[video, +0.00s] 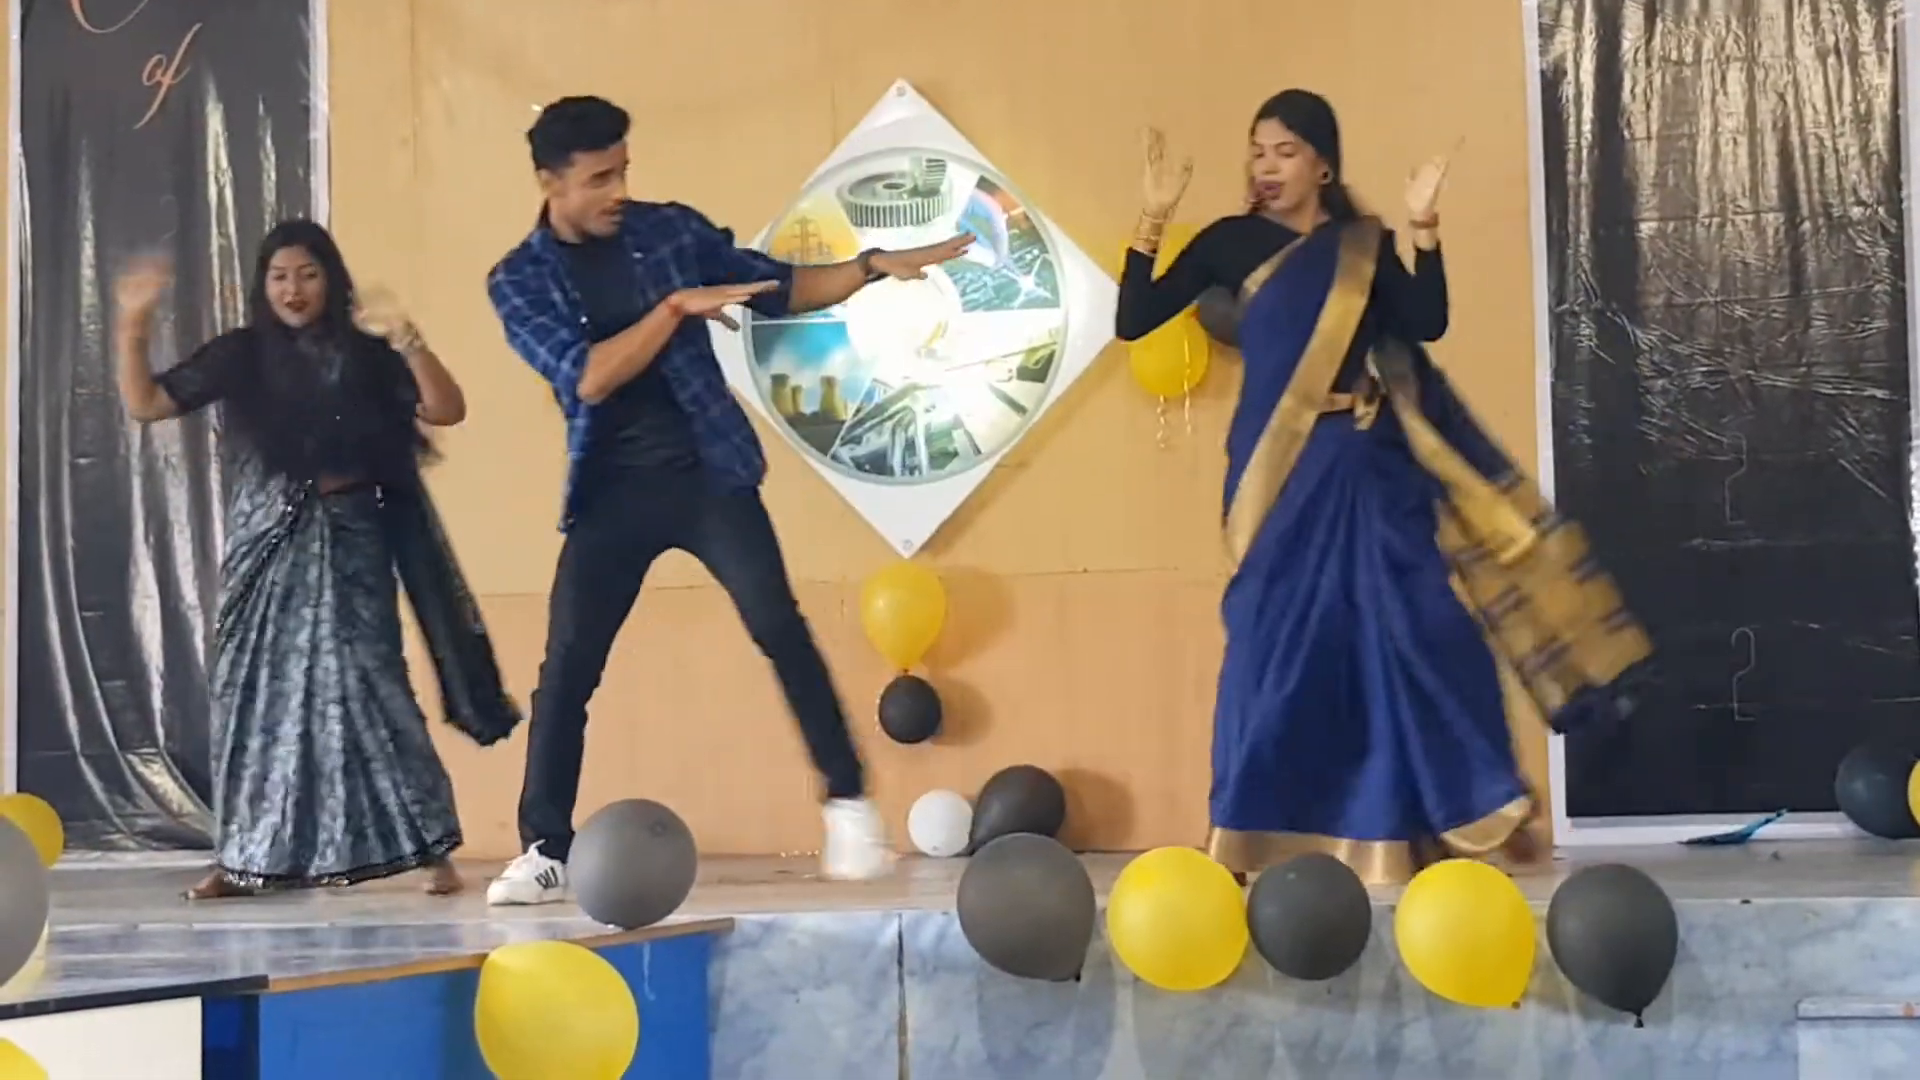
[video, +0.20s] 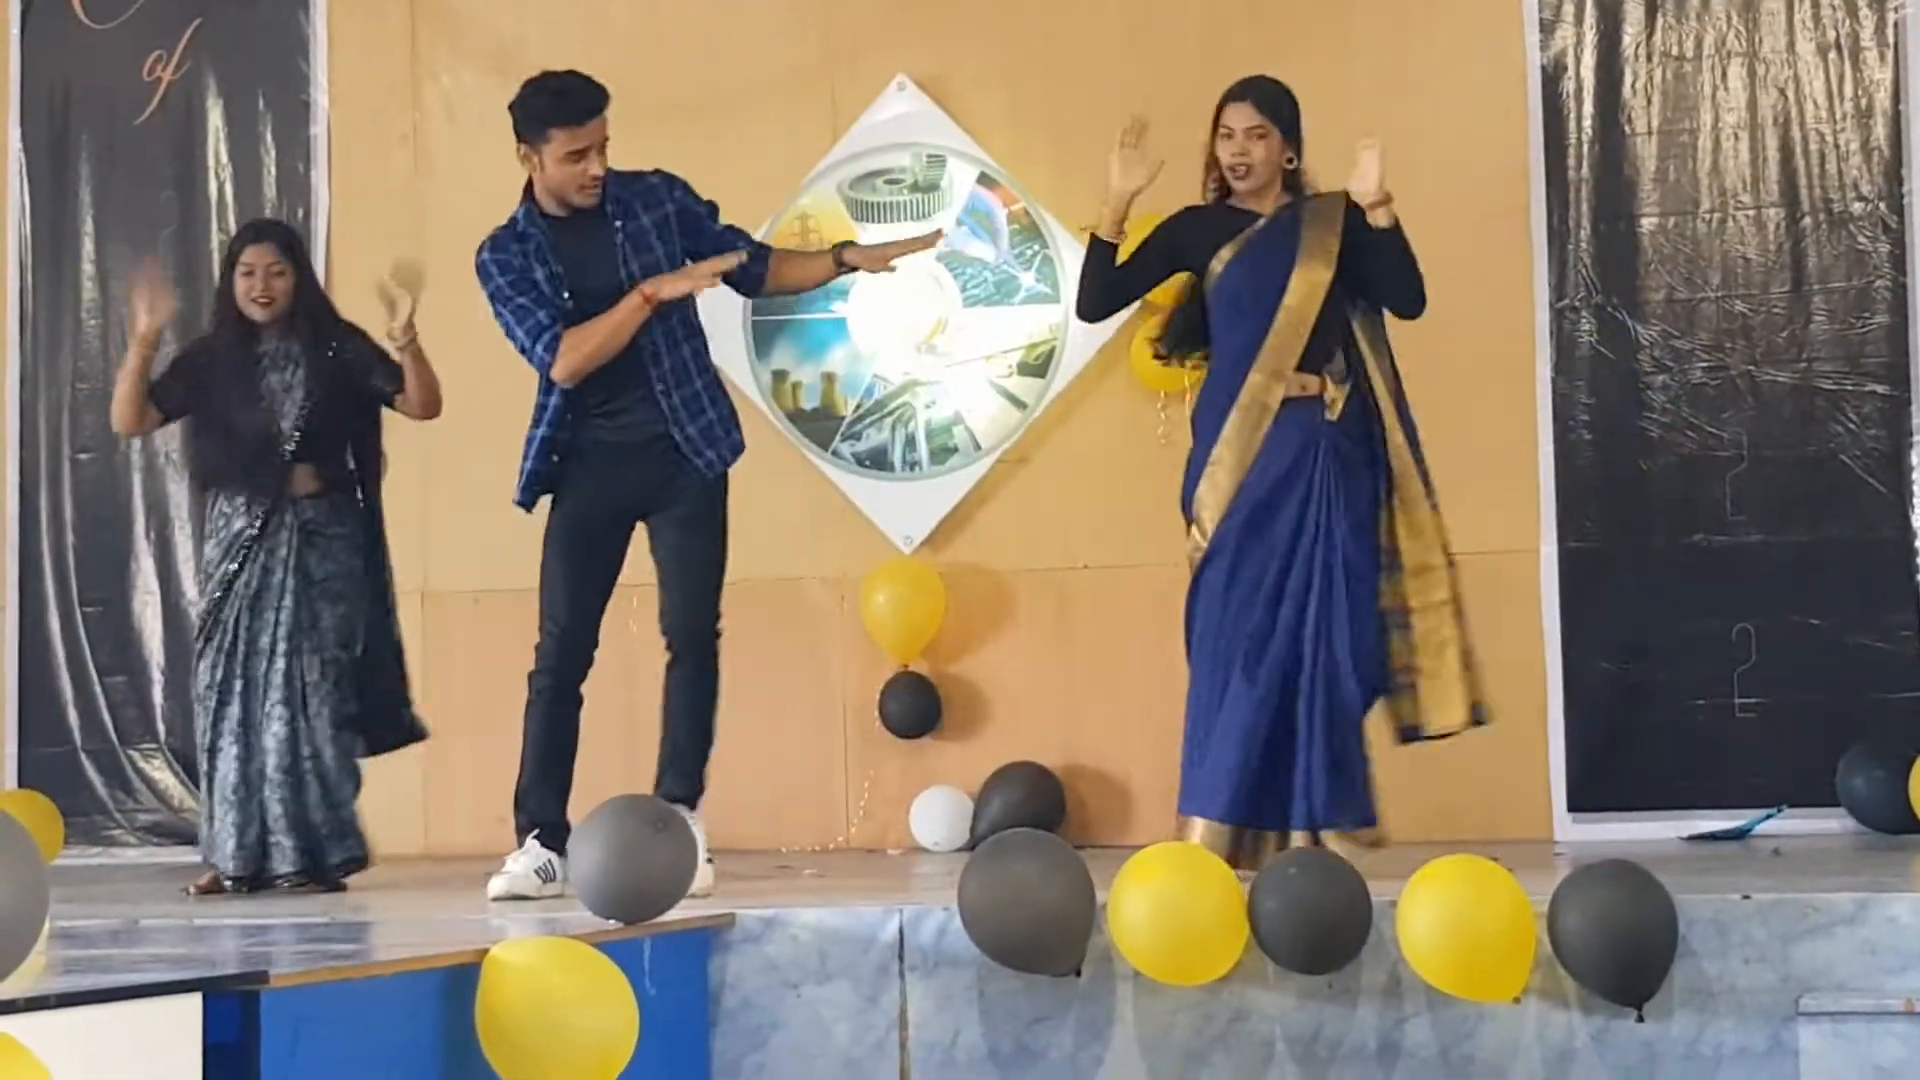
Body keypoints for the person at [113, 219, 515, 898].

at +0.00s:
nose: (293, 288)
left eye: (307, 274)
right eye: (279, 276)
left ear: (332, 281)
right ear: (262, 286)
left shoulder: (366, 354)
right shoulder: (244, 352)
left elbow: (449, 411)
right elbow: (146, 404)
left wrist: (411, 341)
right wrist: (133, 321)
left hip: (355, 537)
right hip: (270, 541)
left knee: (374, 687)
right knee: (257, 690)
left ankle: (431, 849)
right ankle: (247, 856)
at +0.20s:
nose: (261, 284)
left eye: (275, 271)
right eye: (248, 272)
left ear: (299, 278)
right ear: (230, 282)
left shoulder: (337, 345)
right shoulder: (212, 355)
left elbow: (422, 406)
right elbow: (128, 421)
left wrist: (408, 346)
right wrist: (142, 346)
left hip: (324, 537)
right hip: (239, 540)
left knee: (317, 691)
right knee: (232, 690)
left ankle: (315, 855)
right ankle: (235, 857)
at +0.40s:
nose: (268, 270)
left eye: (282, 258)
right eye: (255, 258)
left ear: (305, 270)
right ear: (236, 272)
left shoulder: (331, 342)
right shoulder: (212, 348)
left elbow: (412, 407)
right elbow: (126, 406)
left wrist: (373, 340)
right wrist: (102, 328)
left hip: (326, 526)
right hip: (243, 530)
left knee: (329, 673)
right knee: (230, 675)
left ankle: (347, 822)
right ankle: (220, 847)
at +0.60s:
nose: (311, 248)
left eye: (325, 237)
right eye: (296, 237)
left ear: (343, 250)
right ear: (274, 250)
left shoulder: (364, 323)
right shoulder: (246, 329)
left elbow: (446, 386)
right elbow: (162, 393)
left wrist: (416, 312)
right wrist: (149, 306)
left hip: (348, 516)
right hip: (268, 519)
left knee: (383, 661)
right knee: (256, 668)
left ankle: (452, 814)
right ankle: (229, 839)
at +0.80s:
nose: (373, 255)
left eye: (386, 243)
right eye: (357, 244)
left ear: (405, 256)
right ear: (335, 261)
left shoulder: (425, 330)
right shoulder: (313, 336)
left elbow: (487, 399)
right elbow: (235, 412)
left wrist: (486, 325)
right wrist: (229, 333)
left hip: (401, 513)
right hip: (321, 514)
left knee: (415, 668)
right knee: (284, 661)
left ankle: (462, 833)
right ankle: (235, 839)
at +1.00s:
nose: (412, 237)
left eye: (424, 227)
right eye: (397, 226)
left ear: (440, 240)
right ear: (373, 240)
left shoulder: (460, 317)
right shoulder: (345, 313)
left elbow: (540, 383)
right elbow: (271, 388)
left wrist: (499, 326)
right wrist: (246, 324)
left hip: (441, 496)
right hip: (360, 498)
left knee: (443, 656)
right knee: (347, 651)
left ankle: (453, 828)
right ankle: (340, 817)